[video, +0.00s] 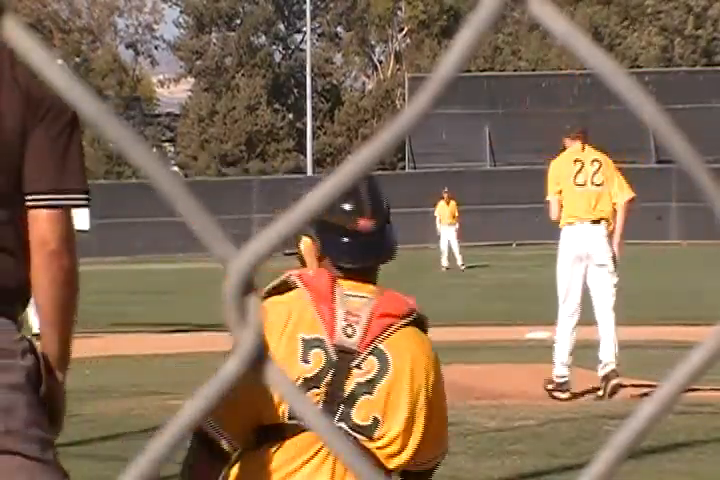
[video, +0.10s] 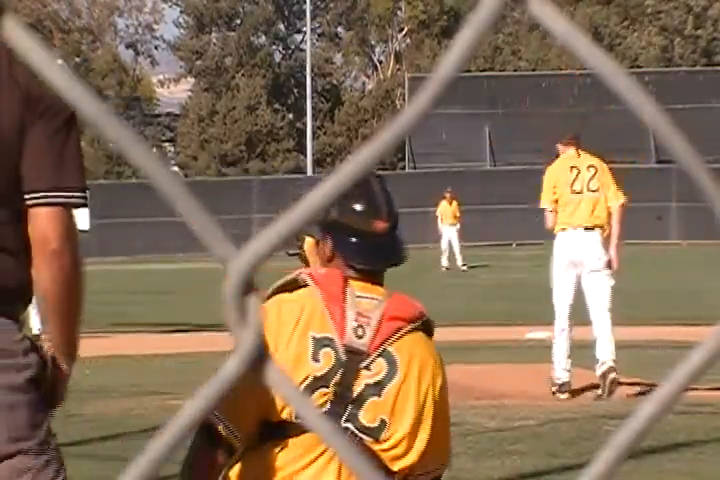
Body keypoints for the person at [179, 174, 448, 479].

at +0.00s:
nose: (300, 245)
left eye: (305, 237)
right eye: (303, 236)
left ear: (316, 247)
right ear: (380, 253)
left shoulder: (273, 315)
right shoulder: (414, 342)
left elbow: (215, 440)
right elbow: (421, 464)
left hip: (271, 468)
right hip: (369, 473)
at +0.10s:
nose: (305, 247)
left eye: (311, 238)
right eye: (308, 237)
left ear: (328, 248)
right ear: (385, 255)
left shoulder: (278, 314)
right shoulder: (419, 345)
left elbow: (218, 435)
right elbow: (429, 467)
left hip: (278, 468)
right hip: (375, 473)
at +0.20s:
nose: (312, 248)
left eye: (319, 238)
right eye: (315, 238)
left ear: (338, 246)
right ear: (389, 257)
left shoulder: (284, 313)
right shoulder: (424, 354)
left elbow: (221, 439)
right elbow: (433, 469)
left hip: (278, 469)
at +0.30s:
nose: (318, 248)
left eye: (325, 238)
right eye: (321, 237)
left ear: (342, 246)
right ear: (391, 258)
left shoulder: (286, 312)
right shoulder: (425, 353)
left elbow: (223, 438)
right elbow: (434, 467)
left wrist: (199, 471)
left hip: (278, 468)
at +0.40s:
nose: (322, 247)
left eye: (328, 237)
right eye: (325, 236)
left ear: (343, 246)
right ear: (393, 256)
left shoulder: (287, 311)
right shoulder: (424, 349)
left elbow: (221, 439)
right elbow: (436, 469)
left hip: (276, 469)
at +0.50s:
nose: (320, 247)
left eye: (326, 237)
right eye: (323, 236)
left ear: (342, 245)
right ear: (393, 257)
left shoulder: (286, 310)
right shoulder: (425, 356)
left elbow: (220, 432)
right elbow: (440, 470)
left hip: (272, 469)